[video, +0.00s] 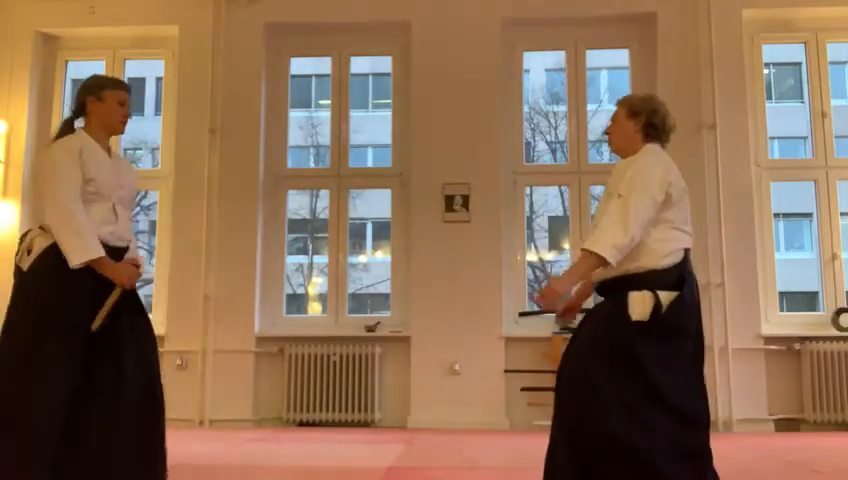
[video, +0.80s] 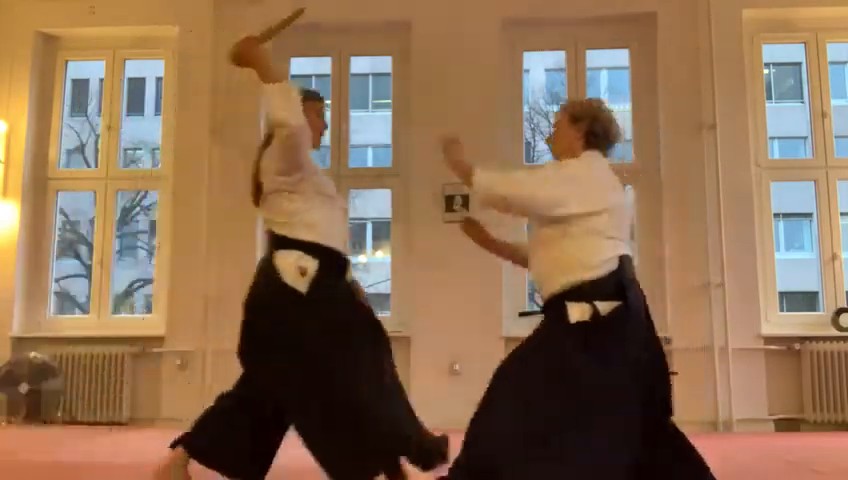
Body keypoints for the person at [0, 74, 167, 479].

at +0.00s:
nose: (126, 113)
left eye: (128, 107)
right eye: (119, 104)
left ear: (116, 112)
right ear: (91, 105)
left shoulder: (118, 165)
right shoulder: (63, 150)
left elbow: (121, 222)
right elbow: (63, 212)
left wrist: (131, 256)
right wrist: (104, 264)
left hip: (110, 273)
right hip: (62, 271)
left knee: (127, 376)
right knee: (58, 377)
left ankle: (117, 468)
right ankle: (55, 469)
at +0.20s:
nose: (157, 118)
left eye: (157, 110)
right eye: (149, 109)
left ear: (138, 115)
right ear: (120, 110)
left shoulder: (139, 166)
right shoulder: (96, 154)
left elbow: (134, 228)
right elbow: (110, 214)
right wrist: (169, 250)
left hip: (129, 278)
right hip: (89, 274)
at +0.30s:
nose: (181, 120)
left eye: (181, 113)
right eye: (174, 111)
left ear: (158, 115)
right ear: (145, 111)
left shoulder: (161, 163)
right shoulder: (123, 151)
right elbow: (159, 180)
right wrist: (227, 184)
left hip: (157, 278)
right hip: (116, 274)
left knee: (185, 374)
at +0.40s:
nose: (206, 113)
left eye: (207, 108)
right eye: (199, 106)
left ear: (185, 107)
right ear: (173, 106)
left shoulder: (194, 148)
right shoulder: (155, 139)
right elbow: (194, 128)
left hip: (192, 271)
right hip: (153, 264)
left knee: (202, 386)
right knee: (104, 363)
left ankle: (194, 469)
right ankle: (34, 449)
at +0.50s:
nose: (234, 111)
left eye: (236, 104)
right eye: (228, 102)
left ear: (231, 112)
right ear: (207, 104)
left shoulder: (227, 167)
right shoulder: (183, 149)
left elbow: (230, 234)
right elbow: (202, 99)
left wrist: (251, 283)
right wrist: (209, 49)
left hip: (219, 269)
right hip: (185, 261)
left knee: (222, 376)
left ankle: (202, 466)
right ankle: (101, 418)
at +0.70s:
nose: (296, 119)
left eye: (295, 112)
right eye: (288, 111)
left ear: (280, 120)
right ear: (261, 115)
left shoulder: (279, 167)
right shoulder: (252, 155)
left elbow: (292, 243)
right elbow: (241, 109)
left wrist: (320, 285)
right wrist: (213, 55)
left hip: (287, 272)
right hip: (256, 270)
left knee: (243, 374)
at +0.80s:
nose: (323, 123)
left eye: (323, 115)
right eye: (316, 115)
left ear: (316, 124)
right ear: (293, 118)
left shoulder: (306, 171)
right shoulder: (285, 162)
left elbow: (315, 236)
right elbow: (288, 126)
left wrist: (345, 279)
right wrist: (267, 67)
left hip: (314, 279)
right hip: (297, 280)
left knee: (269, 383)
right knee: (358, 377)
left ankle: (180, 455)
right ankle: (393, 464)